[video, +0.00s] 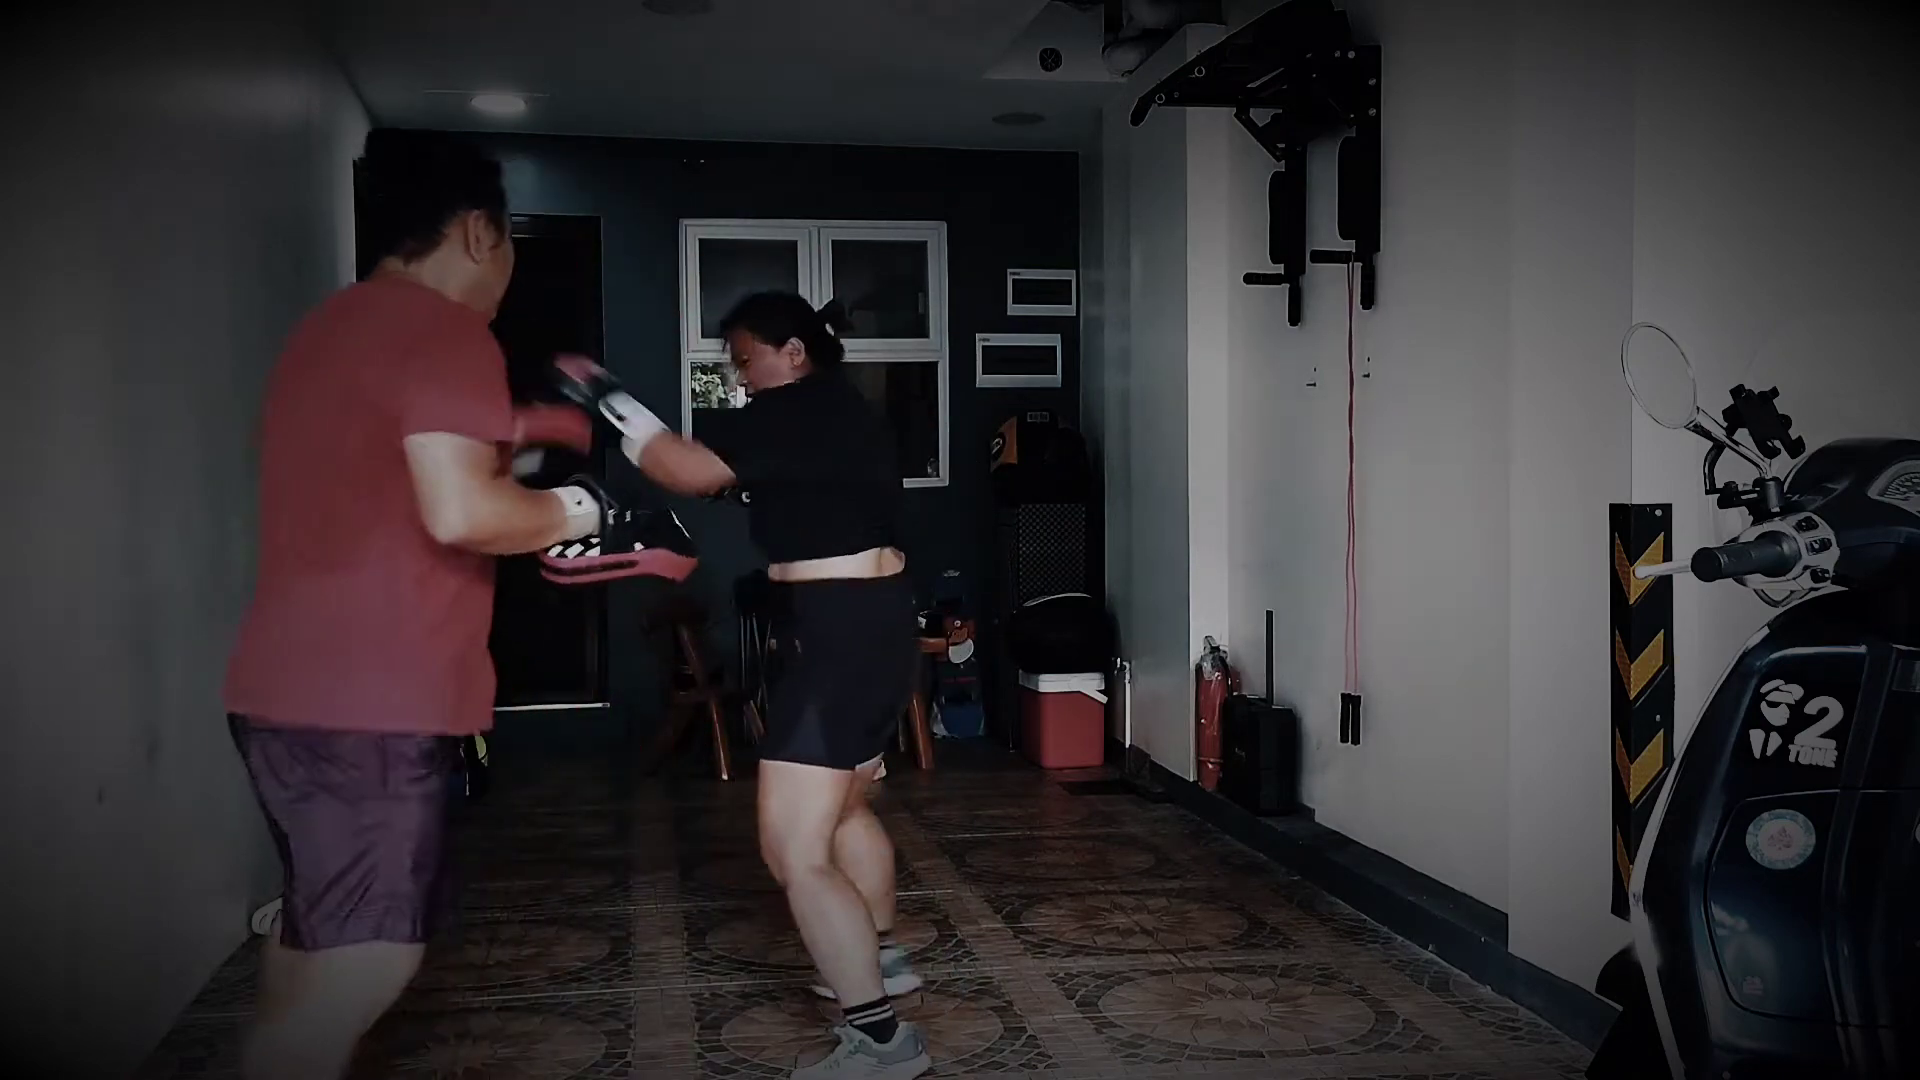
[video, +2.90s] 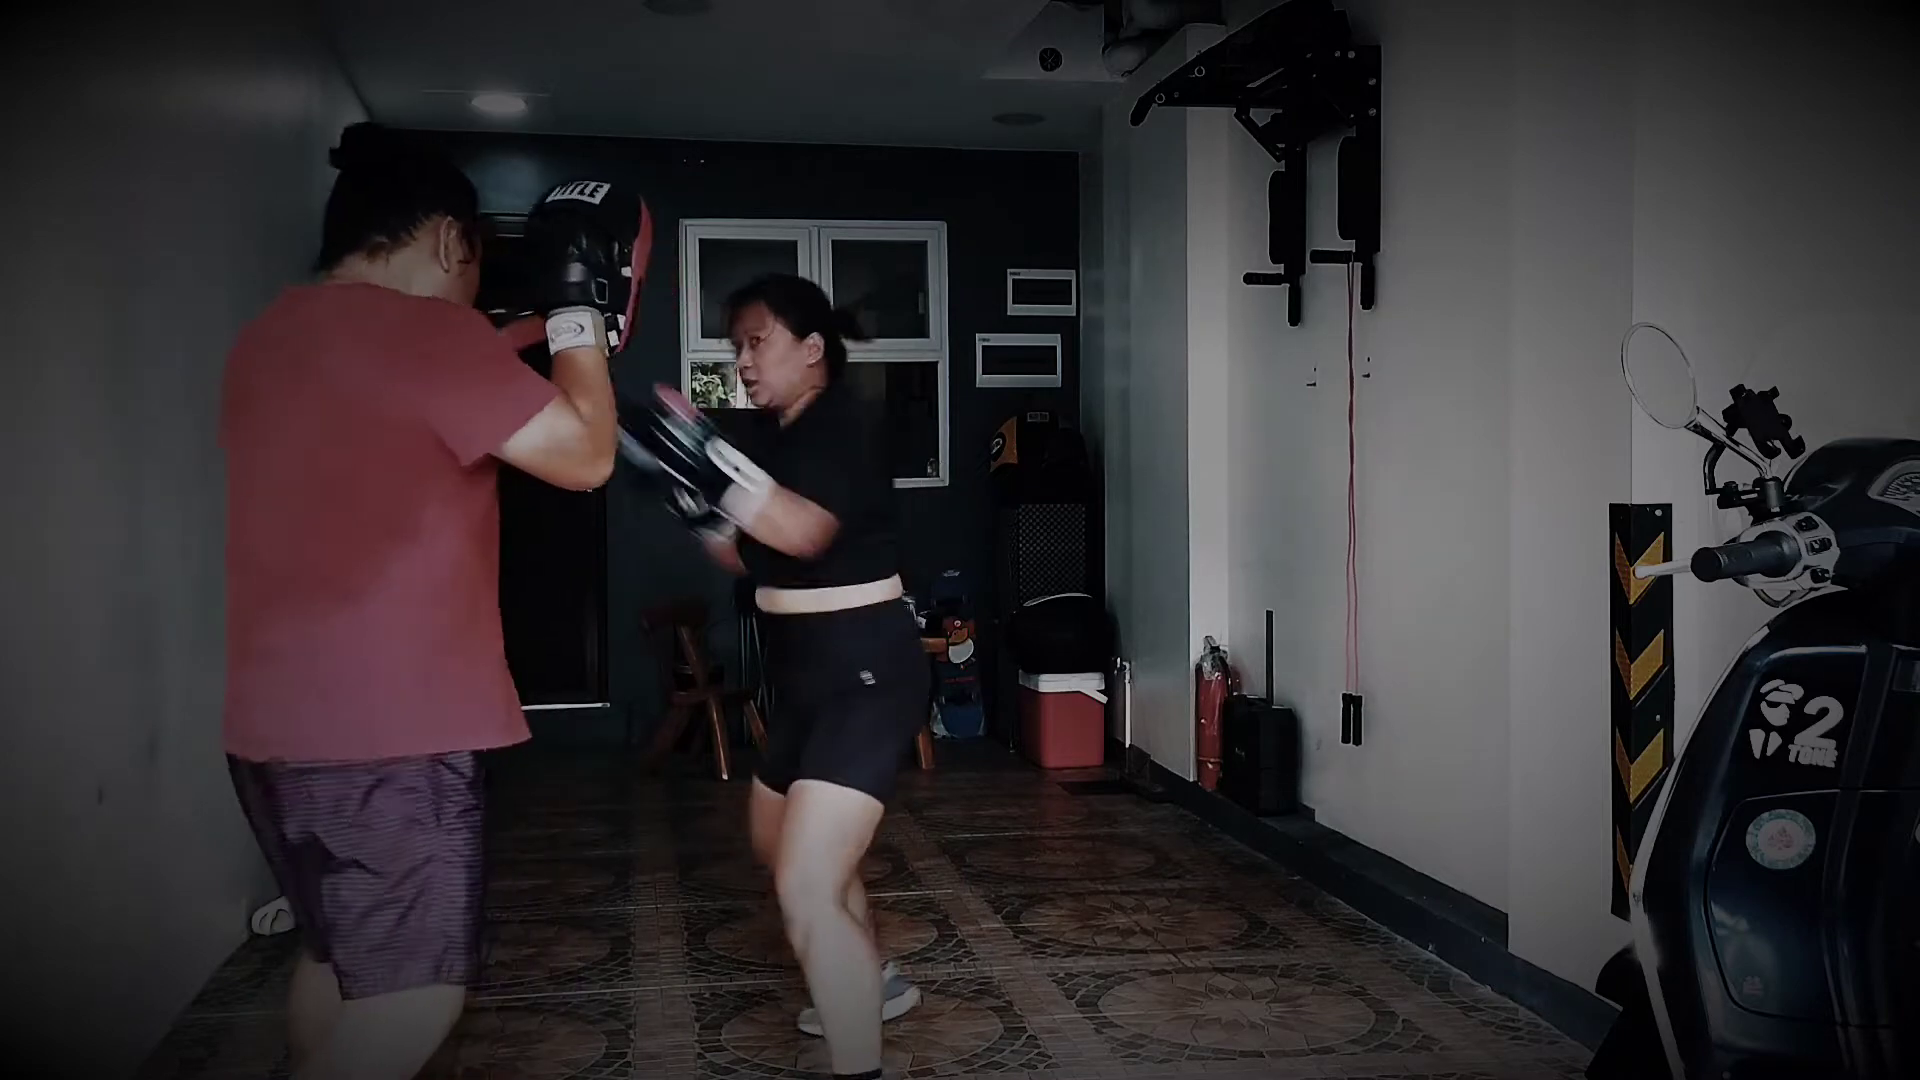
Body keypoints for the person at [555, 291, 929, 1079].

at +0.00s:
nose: (739, 378)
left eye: (745, 361)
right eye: (735, 364)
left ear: (795, 350)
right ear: (803, 352)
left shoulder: (797, 414)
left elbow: (682, 469)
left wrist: (609, 399)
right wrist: (636, 418)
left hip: (831, 635)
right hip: (880, 627)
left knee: (796, 852)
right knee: (846, 811)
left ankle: (875, 1035)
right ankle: (881, 952)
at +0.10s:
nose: (746, 371)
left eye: (752, 353)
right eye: (742, 356)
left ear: (801, 343)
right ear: (805, 346)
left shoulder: (814, 411)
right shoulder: (849, 401)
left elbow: (766, 523)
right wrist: (732, 439)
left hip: (836, 629)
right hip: (890, 623)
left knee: (810, 841)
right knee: (878, 817)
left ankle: (875, 1031)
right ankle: (935, 965)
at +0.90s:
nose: (798, 394)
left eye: (811, 378)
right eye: (792, 381)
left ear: (856, 377)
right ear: (791, 388)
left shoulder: (890, 439)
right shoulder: (806, 452)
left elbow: (867, 558)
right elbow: (788, 569)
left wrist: (809, 471)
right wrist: (743, 502)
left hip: (924, 668)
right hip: (854, 671)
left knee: (863, 846)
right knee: (822, 831)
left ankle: (879, 1055)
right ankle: (929, 961)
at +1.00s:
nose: (824, 390)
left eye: (841, 375)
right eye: (815, 377)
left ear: (889, 380)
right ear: (807, 386)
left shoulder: (930, 465)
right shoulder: (801, 464)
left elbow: (917, 585)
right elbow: (734, 540)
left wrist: (866, 492)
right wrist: (720, 471)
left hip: (910, 679)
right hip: (821, 674)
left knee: (855, 849)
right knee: (785, 866)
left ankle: (874, 1054)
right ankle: (906, 926)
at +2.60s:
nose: (746, 383)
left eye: (761, 367)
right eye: (739, 369)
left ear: (808, 371)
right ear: (736, 377)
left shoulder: (841, 442)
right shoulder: (751, 463)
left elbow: (894, 553)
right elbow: (724, 567)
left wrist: (816, 489)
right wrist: (694, 524)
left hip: (863, 656)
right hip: (809, 661)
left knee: (732, 811)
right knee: (797, 847)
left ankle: (826, 1004)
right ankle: (871, 991)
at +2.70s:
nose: (728, 377)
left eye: (741, 358)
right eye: (721, 365)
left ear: (791, 357)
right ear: (727, 371)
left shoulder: (812, 414)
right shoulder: (798, 434)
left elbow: (771, 469)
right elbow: (779, 559)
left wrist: (690, 405)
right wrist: (721, 523)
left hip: (848, 649)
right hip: (881, 648)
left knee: (748, 841)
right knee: (823, 840)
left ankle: (849, 1033)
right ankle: (871, 990)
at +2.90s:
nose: (743, 362)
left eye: (758, 344)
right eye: (739, 347)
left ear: (812, 348)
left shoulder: (852, 422)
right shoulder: (754, 436)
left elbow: (805, 529)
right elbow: (752, 562)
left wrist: (713, 468)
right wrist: (703, 512)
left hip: (869, 666)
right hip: (794, 664)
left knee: (809, 886)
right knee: (777, 838)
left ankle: (857, 1068)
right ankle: (873, 983)